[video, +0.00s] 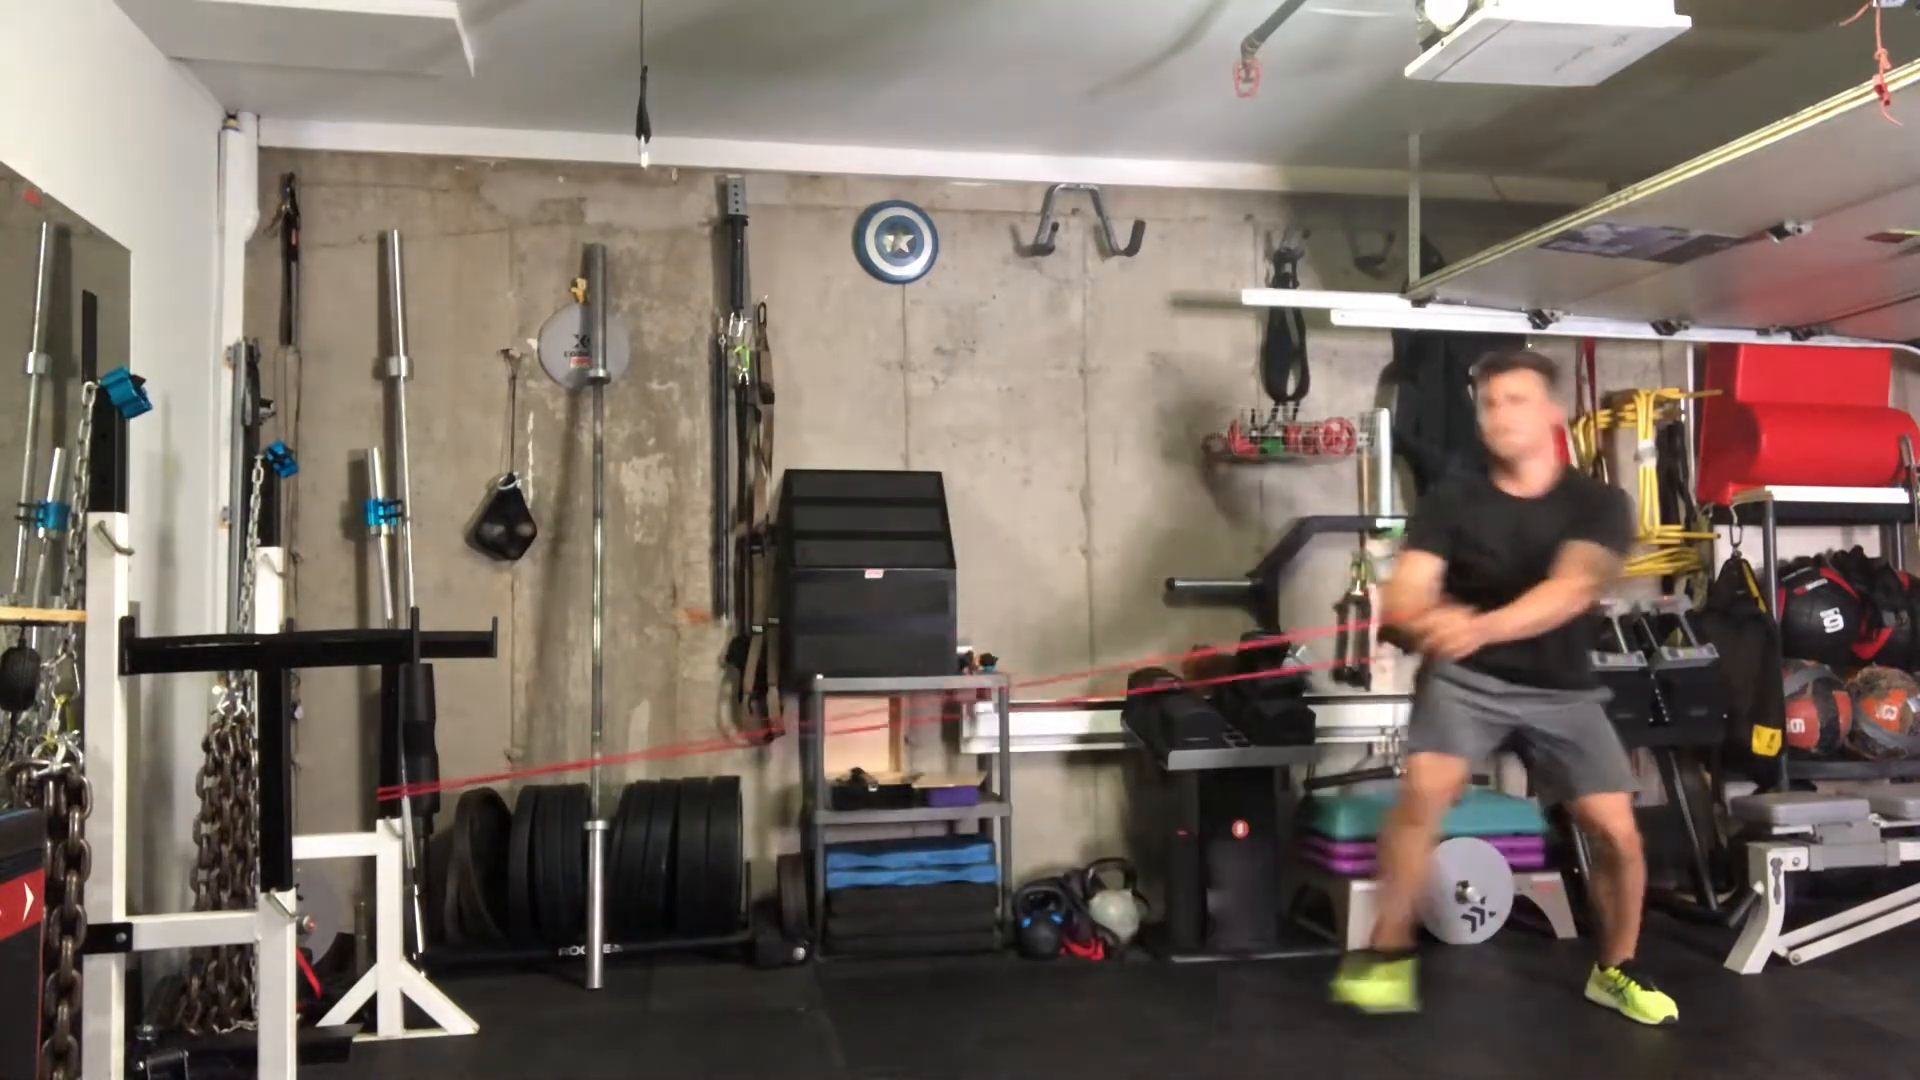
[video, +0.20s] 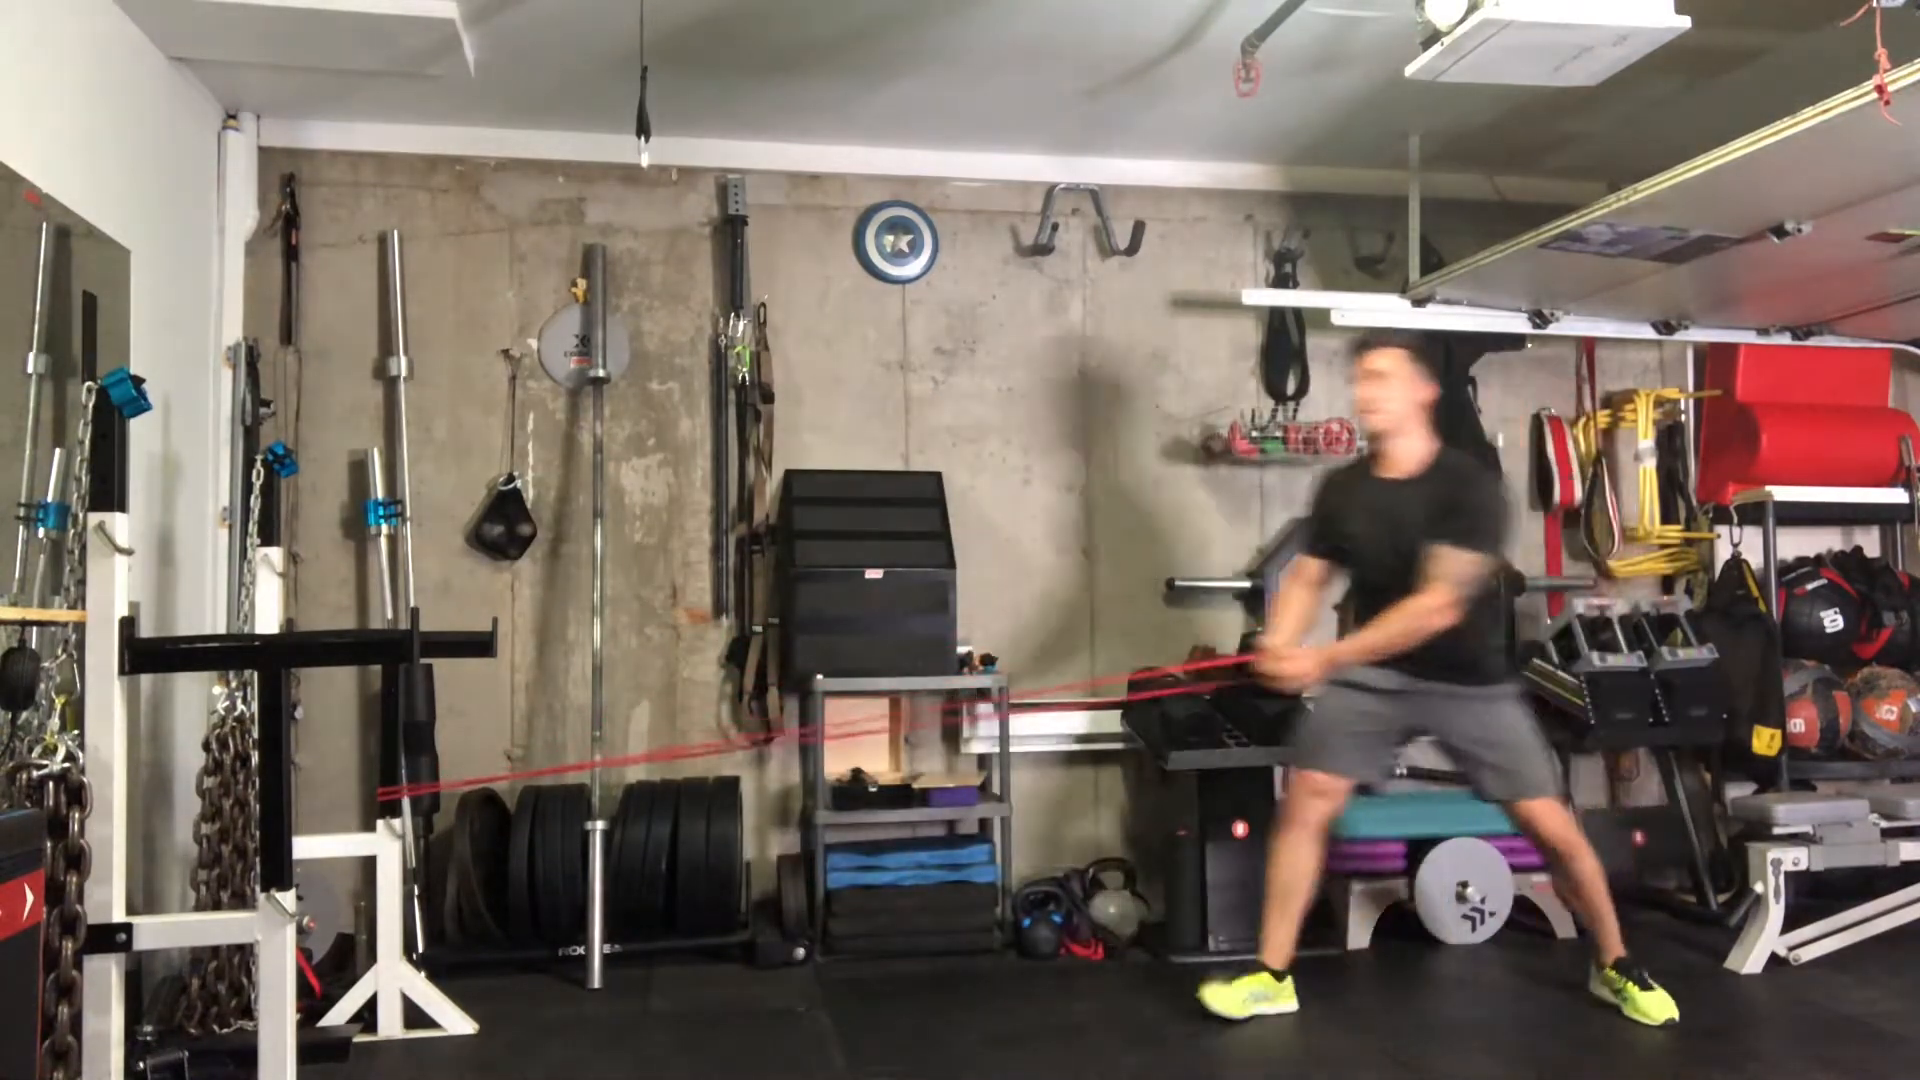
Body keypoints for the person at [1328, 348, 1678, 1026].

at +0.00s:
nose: (1500, 415)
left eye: (1515, 401)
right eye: (1489, 404)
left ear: (1553, 414)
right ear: (1479, 419)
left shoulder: (1597, 503)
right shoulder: (1453, 498)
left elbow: (1572, 590)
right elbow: (1403, 600)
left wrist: (1482, 627)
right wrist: (1439, 623)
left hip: (1565, 696)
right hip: (1463, 687)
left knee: (1619, 836)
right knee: (1422, 797)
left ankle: (1614, 970)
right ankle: (1389, 954)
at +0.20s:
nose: (1365, 392)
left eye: (1381, 378)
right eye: (1360, 379)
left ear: (1427, 389)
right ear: (1354, 393)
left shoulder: (1471, 482)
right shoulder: (1344, 487)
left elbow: (1440, 603)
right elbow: (1307, 579)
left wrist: (1323, 658)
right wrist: (1279, 644)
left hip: (1474, 690)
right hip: (1368, 683)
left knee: (1549, 822)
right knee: (1308, 799)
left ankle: (1614, 964)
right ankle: (1273, 972)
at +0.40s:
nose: (1253, 368)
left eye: (1268, 356)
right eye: (1254, 355)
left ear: (1314, 369)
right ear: (1267, 368)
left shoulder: (1349, 463)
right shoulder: (1248, 465)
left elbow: (1304, 583)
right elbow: (1211, 555)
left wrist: (1191, 627)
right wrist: (1166, 612)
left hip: (1350, 677)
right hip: (1264, 670)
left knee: (1382, 819)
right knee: (1240, 806)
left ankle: (1526, 916)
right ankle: (1266, 976)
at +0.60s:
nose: (1175, 354)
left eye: (1191, 340)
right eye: (1176, 340)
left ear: (1238, 354)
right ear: (1192, 355)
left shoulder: (1265, 448)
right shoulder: (1175, 451)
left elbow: (1225, 566)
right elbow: (1138, 541)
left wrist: (1112, 602)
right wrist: (1087, 592)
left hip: (1257, 655)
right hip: (1198, 655)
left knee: (1199, 786)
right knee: (1211, 806)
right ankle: (1247, 982)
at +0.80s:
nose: (1097, 365)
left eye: (1113, 354)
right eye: (1098, 352)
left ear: (1159, 369)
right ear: (1112, 367)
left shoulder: (1177, 465)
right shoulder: (1091, 469)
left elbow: (1157, 593)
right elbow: (1057, 563)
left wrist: (1041, 628)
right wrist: (1007, 618)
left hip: (1152, 685)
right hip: (1106, 685)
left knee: (1073, 827)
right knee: (1156, 821)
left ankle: (997, 1016)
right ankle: (1260, 961)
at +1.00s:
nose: (1007, 344)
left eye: (1026, 335)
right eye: (1012, 331)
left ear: (1071, 358)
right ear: (1037, 355)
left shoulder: (1078, 462)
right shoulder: (994, 456)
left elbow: (1080, 594)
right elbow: (974, 561)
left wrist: (963, 634)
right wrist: (934, 616)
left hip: (1044, 674)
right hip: (989, 669)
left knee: (957, 824)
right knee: (969, 826)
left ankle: (972, 1031)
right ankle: (1114, 911)